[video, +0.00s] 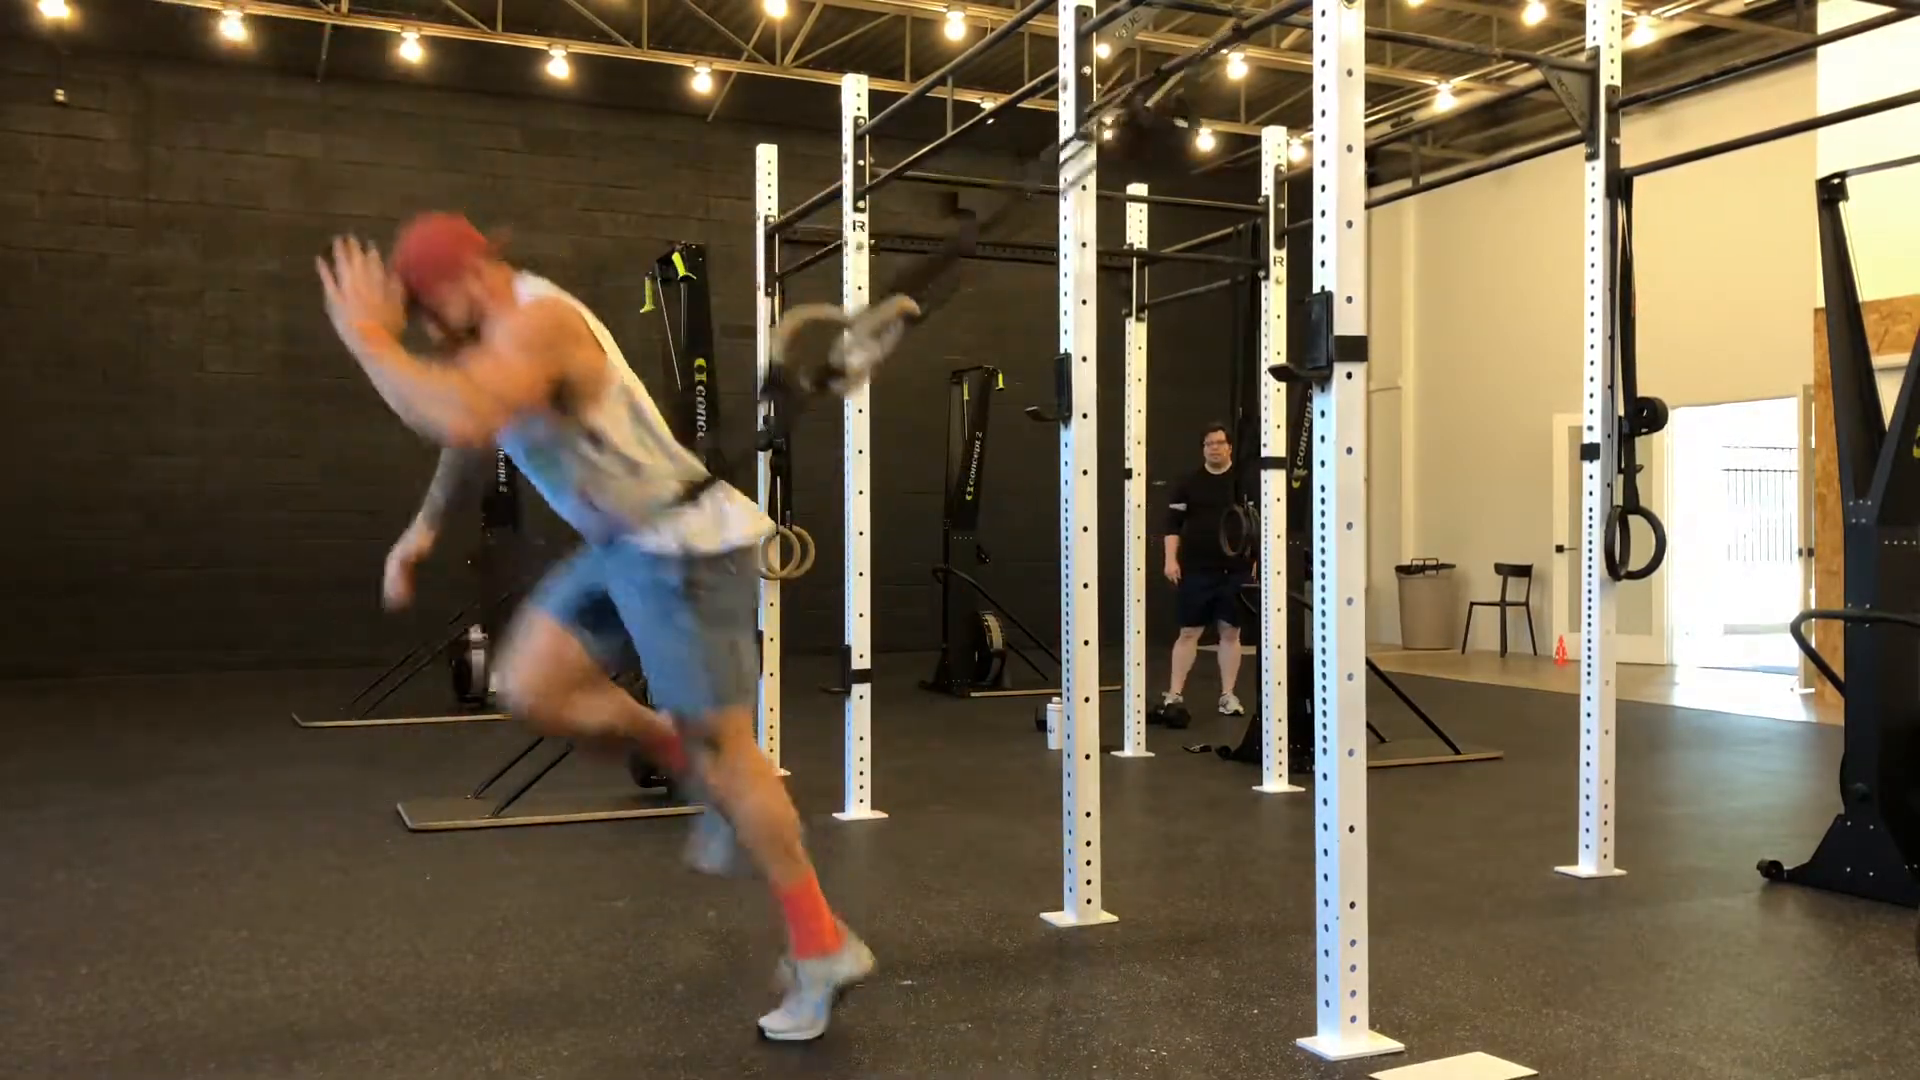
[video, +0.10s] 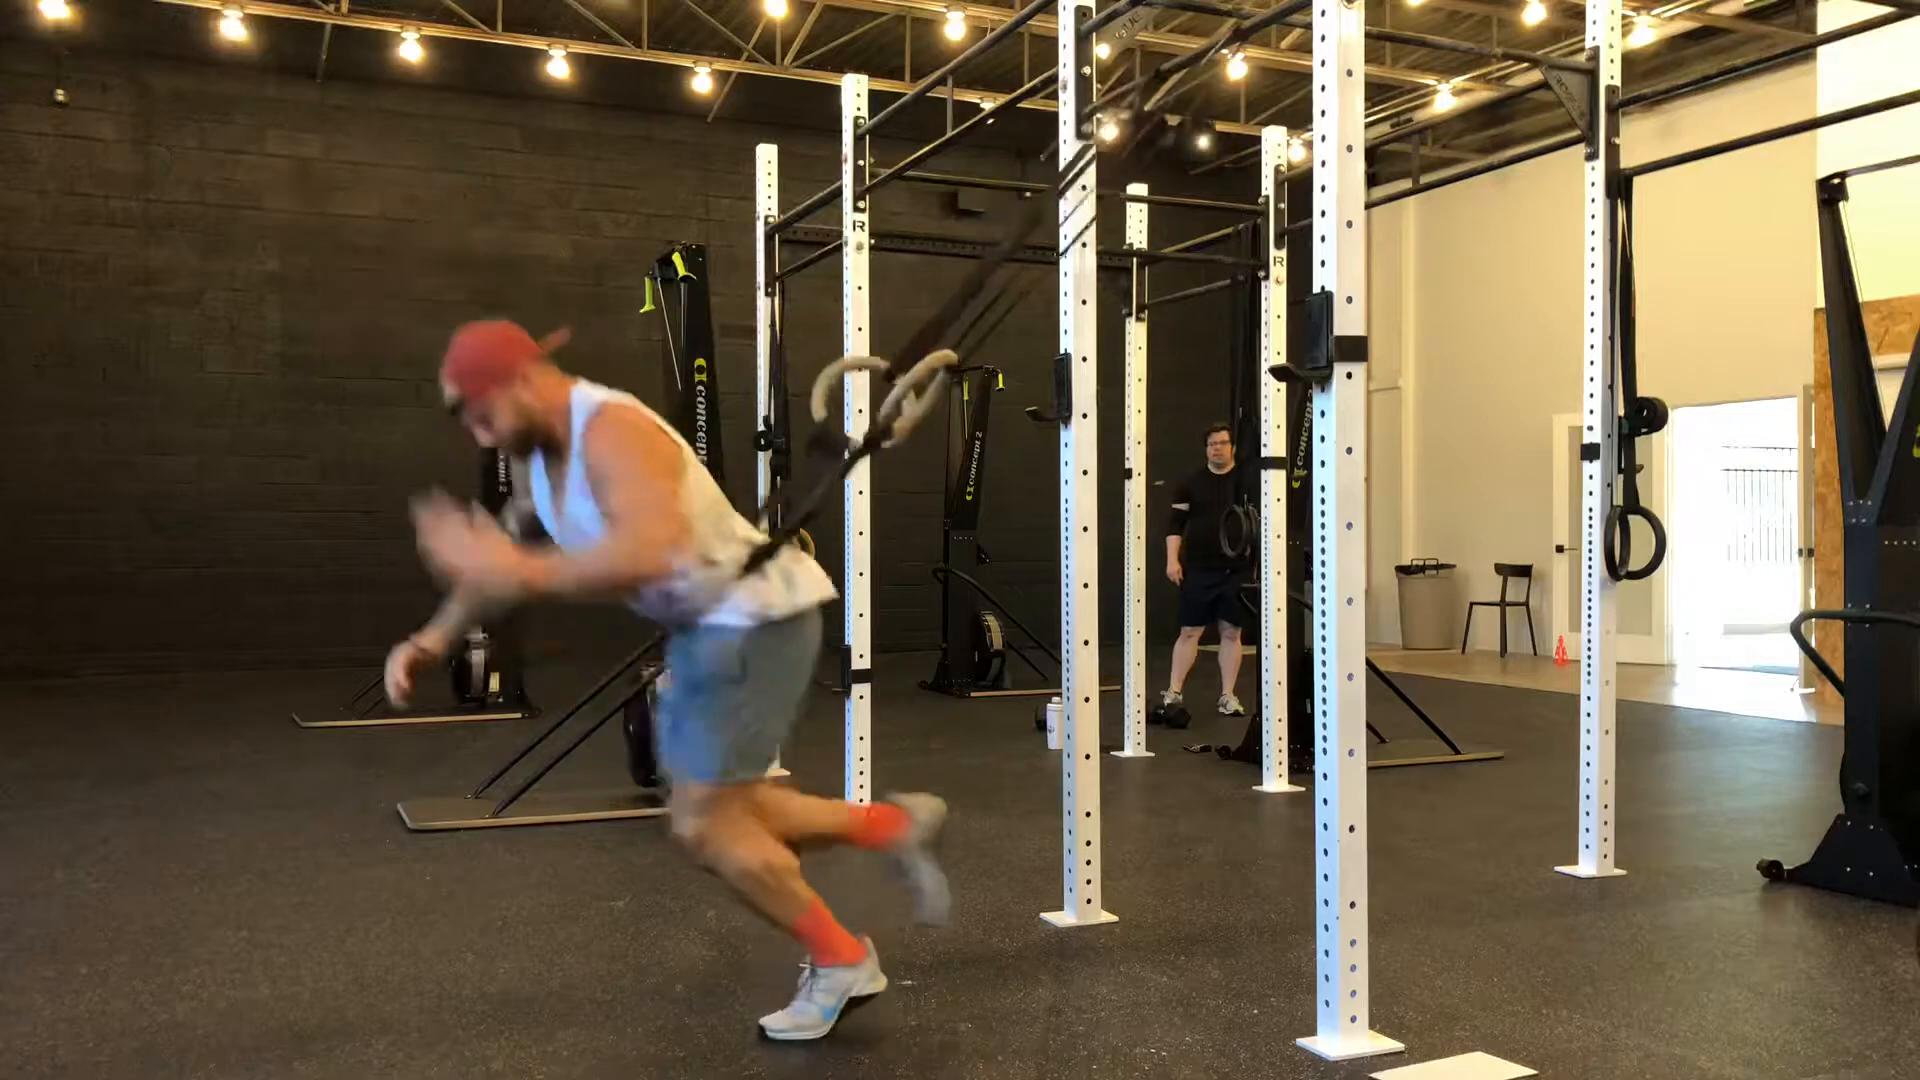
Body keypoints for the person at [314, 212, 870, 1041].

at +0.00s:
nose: (444, 320)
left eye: (446, 301)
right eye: (433, 311)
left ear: (478, 269)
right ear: (432, 306)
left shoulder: (542, 318)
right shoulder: (481, 335)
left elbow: (465, 414)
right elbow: (470, 439)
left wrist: (370, 338)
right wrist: (425, 528)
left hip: (684, 546)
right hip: (616, 547)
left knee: (727, 756)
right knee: (533, 685)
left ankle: (821, 945)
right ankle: (699, 758)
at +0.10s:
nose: (472, 425)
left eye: (476, 406)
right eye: (463, 413)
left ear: (522, 380)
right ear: (503, 393)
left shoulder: (614, 427)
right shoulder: (538, 458)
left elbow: (652, 548)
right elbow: (511, 558)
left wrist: (522, 568)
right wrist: (435, 636)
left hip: (760, 613)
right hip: (701, 625)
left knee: (707, 822)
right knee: (716, 809)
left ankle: (844, 959)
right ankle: (899, 824)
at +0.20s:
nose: (511, 495)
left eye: (511, 477)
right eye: (502, 483)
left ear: (554, 446)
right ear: (543, 456)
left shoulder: (653, 485)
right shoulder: (570, 521)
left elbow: (771, 573)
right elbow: (565, 624)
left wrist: (721, 698)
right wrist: (510, 679)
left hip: (798, 646)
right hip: (790, 650)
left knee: (692, 825)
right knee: (843, 829)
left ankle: (837, 956)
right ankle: (1021, 863)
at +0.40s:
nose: (602, 571)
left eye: (601, 555)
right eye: (594, 561)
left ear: (635, 522)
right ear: (627, 532)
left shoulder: (730, 539)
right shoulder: (672, 594)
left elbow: (874, 561)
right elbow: (664, 682)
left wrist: (960, 656)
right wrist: (586, 659)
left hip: (889, 676)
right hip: (876, 683)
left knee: (732, 801)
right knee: (962, 839)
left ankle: (846, 962)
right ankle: (1106, 904)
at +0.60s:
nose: (603, 548)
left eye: (601, 531)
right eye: (593, 539)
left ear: (637, 495)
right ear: (631, 505)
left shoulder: (725, 510)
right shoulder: (677, 574)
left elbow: (870, 507)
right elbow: (641, 651)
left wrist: (960, 598)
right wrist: (575, 621)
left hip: (893, 651)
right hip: (887, 654)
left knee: (754, 794)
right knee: (967, 817)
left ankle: (851, 967)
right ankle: (1100, 900)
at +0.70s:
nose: (597, 554)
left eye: (596, 537)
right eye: (588, 544)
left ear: (634, 503)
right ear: (626, 513)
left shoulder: (719, 517)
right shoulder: (668, 581)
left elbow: (861, 498)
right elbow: (626, 650)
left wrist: (961, 573)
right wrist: (563, 615)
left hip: (890, 659)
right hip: (888, 660)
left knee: (747, 798)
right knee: (963, 822)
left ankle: (850, 967)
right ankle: (1101, 900)